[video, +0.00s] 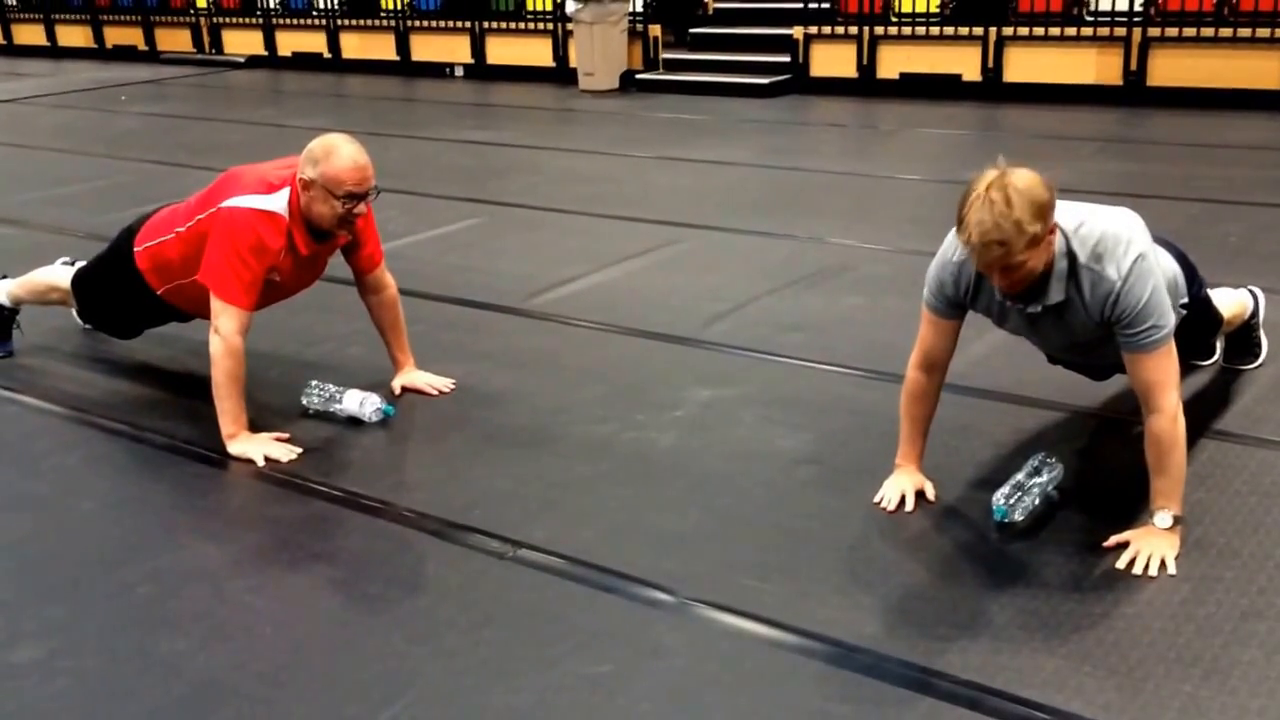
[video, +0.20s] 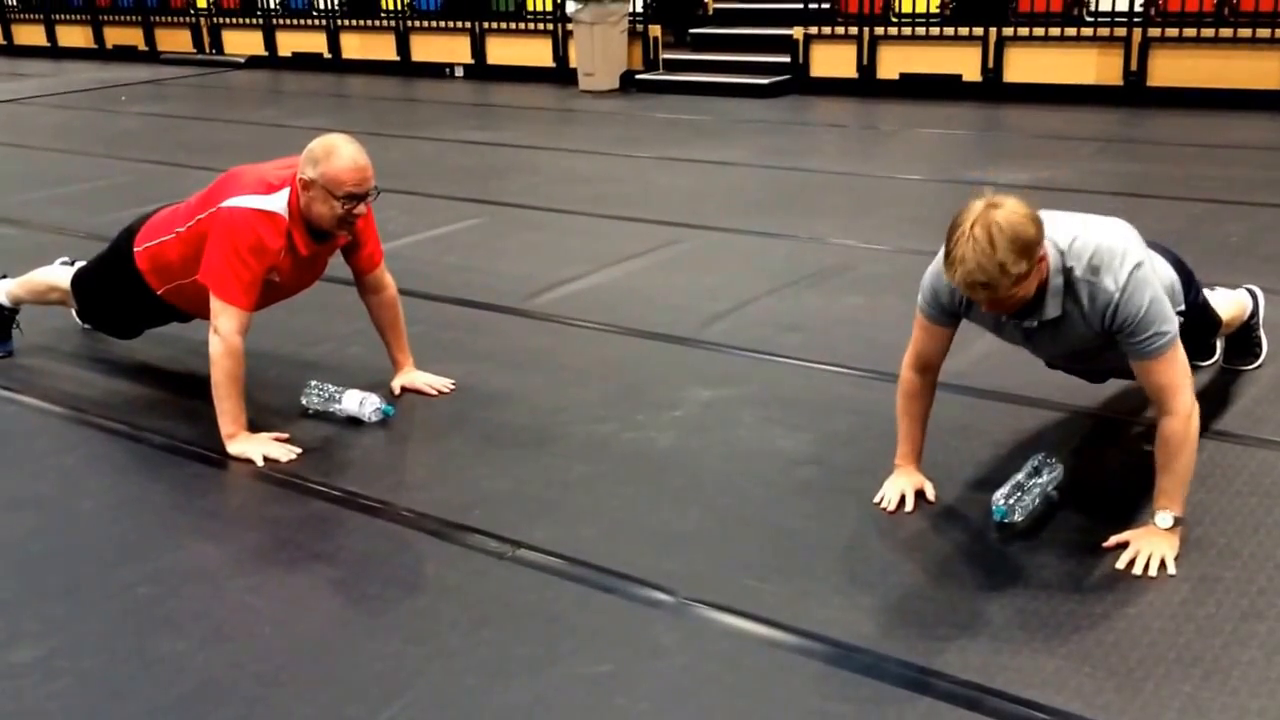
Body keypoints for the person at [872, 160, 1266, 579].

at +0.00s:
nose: (1001, 283)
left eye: (1014, 268)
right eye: (990, 269)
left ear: (1049, 239)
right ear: (974, 247)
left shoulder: (1126, 270)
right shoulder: (958, 260)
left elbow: (1163, 407)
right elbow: (925, 366)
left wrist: (1164, 521)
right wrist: (907, 464)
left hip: (1156, 309)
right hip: (1071, 336)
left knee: (1201, 327)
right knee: (1120, 356)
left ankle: (1246, 304)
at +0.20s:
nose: (995, 310)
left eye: (1006, 298)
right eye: (982, 301)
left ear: (1039, 266)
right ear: (965, 272)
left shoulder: (1126, 283)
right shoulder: (954, 278)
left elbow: (1179, 410)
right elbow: (918, 368)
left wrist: (1164, 522)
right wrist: (906, 465)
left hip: (1154, 315)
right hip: (1078, 351)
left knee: (1202, 319)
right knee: (1156, 351)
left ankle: (1244, 306)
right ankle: (1191, 344)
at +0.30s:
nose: (990, 355)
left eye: (1001, 345)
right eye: (976, 346)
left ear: (1032, 309)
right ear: (961, 320)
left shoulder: (1122, 312)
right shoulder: (946, 300)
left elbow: (1204, 417)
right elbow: (908, 369)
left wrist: (1167, 524)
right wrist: (904, 464)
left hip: (1162, 311)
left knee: (1209, 319)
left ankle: (1245, 304)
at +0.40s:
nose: (978, 405)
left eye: (991, 394)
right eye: (968, 395)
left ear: (1025, 361)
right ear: (952, 362)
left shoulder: (1118, 348)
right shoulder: (945, 322)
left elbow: (1218, 425)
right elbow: (899, 373)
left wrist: (1168, 524)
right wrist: (905, 465)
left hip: (1158, 317)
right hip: (1078, 296)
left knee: (1206, 332)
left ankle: (1241, 302)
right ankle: (1203, 299)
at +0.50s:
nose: (975, 453)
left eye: (984, 444)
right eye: (964, 444)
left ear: (1018, 411)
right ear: (943, 390)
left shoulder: (1104, 384)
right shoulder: (952, 346)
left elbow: (1225, 429)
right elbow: (892, 374)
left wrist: (1167, 526)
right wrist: (903, 466)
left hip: (1147, 340)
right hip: (1068, 315)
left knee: (1203, 340)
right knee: (1148, 314)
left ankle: (1241, 302)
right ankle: (1206, 295)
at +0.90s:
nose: (968, 447)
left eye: (975, 439)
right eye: (957, 440)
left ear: (1010, 404)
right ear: (934, 391)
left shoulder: (1102, 376)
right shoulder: (942, 338)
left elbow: (1216, 429)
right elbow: (891, 377)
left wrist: (1165, 527)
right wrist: (904, 467)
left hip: (1152, 335)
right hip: (1069, 309)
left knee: (1203, 337)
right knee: (1154, 312)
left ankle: (1242, 305)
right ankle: (1211, 298)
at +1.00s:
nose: (970, 396)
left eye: (980, 385)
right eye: (960, 388)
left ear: (1015, 349)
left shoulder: (1109, 333)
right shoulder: (934, 310)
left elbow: (1200, 421)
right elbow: (902, 373)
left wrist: (1164, 528)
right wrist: (904, 467)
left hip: (1161, 314)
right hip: (1084, 300)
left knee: (1208, 324)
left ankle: (1244, 306)